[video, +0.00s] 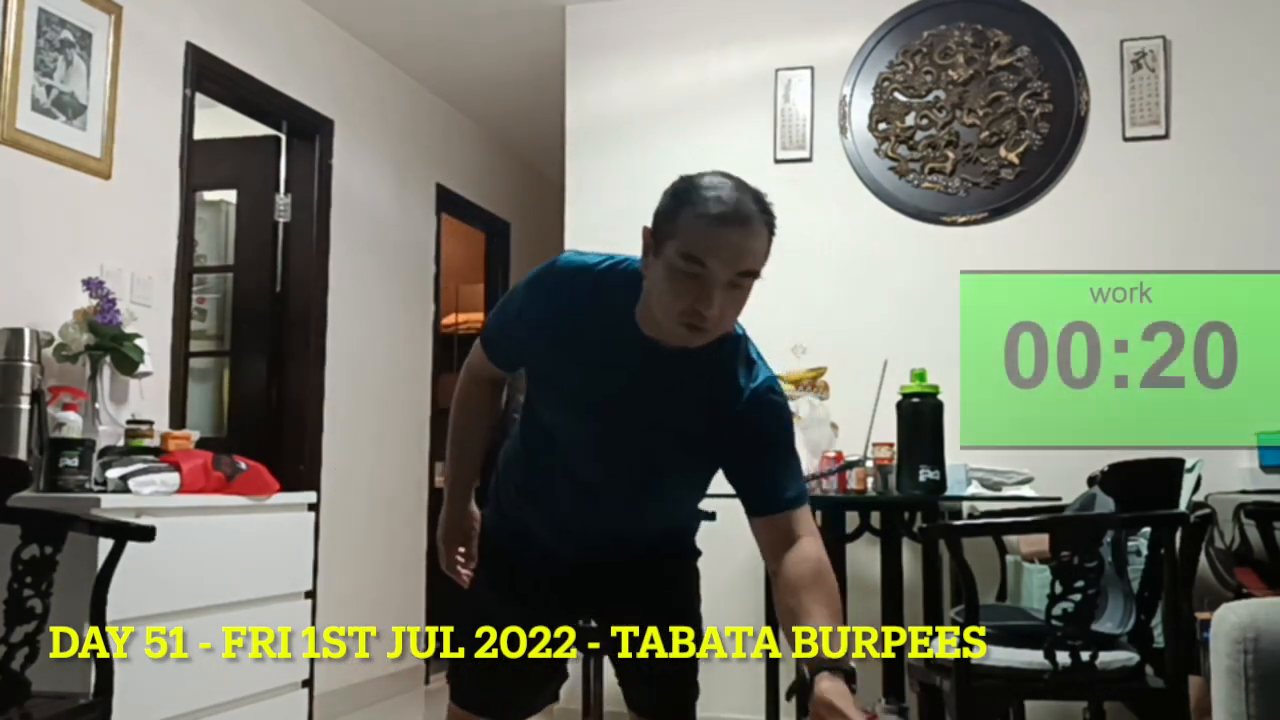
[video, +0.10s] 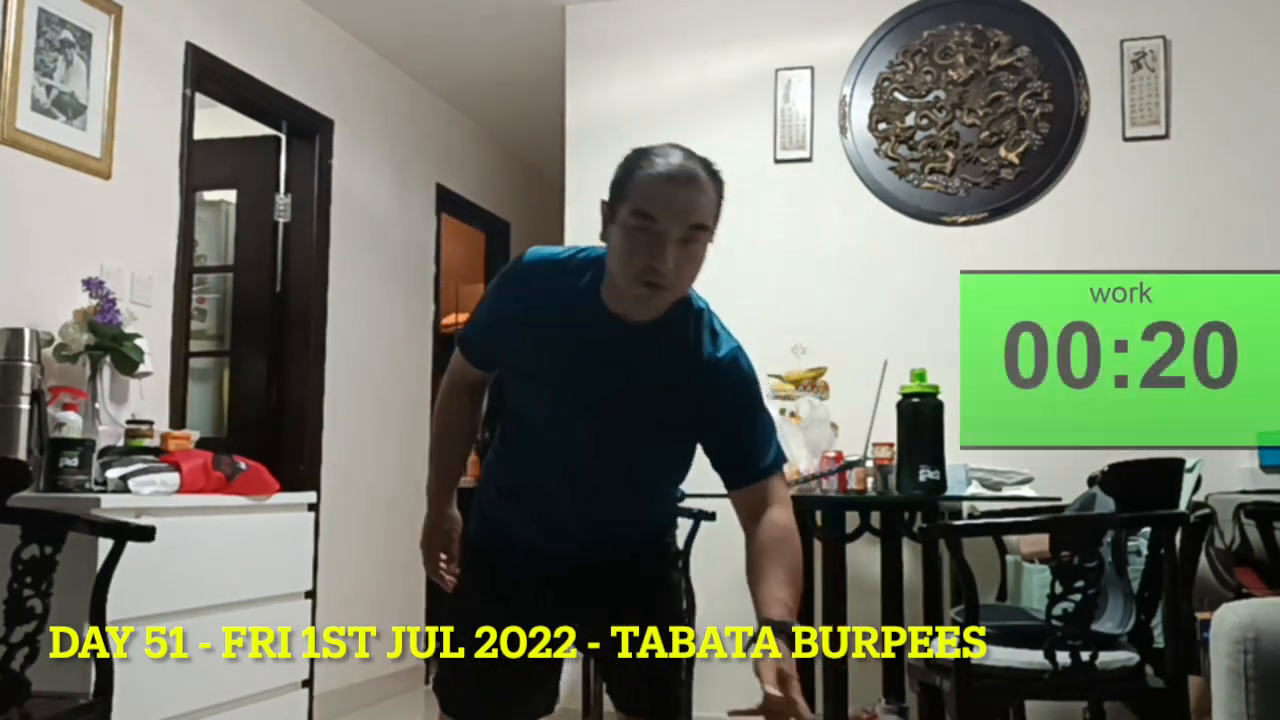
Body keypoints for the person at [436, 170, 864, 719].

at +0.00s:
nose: (711, 304)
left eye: (740, 282)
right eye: (691, 271)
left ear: (757, 278)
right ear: (648, 248)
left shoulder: (748, 395)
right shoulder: (562, 291)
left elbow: (792, 543)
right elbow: (482, 374)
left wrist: (829, 671)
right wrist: (458, 501)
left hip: (651, 560)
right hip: (530, 541)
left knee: (667, 711)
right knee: (476, 707)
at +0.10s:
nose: (664, 256)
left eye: (692, 236)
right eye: (643, 225)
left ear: (710, 244)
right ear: (607, 219)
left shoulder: (714, 362)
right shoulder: (532, 285)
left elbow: (767, 506)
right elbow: (463, 383)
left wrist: (777, 632)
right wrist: (441, 504)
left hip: (633, 562)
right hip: (510, 547)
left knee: (658, 709)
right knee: (485, 711)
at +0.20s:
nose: (605, 215)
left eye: (629, 195)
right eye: (587, 189)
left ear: (651, 206)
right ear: (554, 189)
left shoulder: (671, 328)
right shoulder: (492, 279)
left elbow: (719, 474)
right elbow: (436, 394)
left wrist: (722, 593)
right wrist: (420, 511)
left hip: (610, 542)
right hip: (493, 533)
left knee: (630, 703)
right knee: (471, 705)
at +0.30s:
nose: (547, 189)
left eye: (568, 169)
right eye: (528, 166)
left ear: (594, 179)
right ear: (502, 170)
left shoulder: (625, 294)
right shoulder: (446, 273)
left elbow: (667, 428)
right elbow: (403, 398)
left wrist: (677, 548)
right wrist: (394, 511)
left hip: (581, 551)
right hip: (467, 549)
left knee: (609, 709)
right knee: (455, 712)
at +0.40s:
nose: (510, 162)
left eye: (530, 147)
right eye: (492, 146)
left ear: (559, 165)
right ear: (469, 162)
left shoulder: (596, 271)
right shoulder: (423, 263)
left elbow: (636, 404)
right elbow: (382, 385)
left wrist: (647, 519)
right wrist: (370, 497)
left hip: (561, 522)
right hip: (451, 522)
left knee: (587, 691)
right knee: (448, 692)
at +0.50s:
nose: (491, 157)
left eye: (511, 141)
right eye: (473, 141)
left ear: (540, 156)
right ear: (451, 155)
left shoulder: (580, 262)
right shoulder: (407, 257)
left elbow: (617, 388)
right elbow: (366, 378)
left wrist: (622, 500)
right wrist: (354, 487)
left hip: (553, 511)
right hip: (446, 512)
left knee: (568, 685)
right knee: (461, 684)